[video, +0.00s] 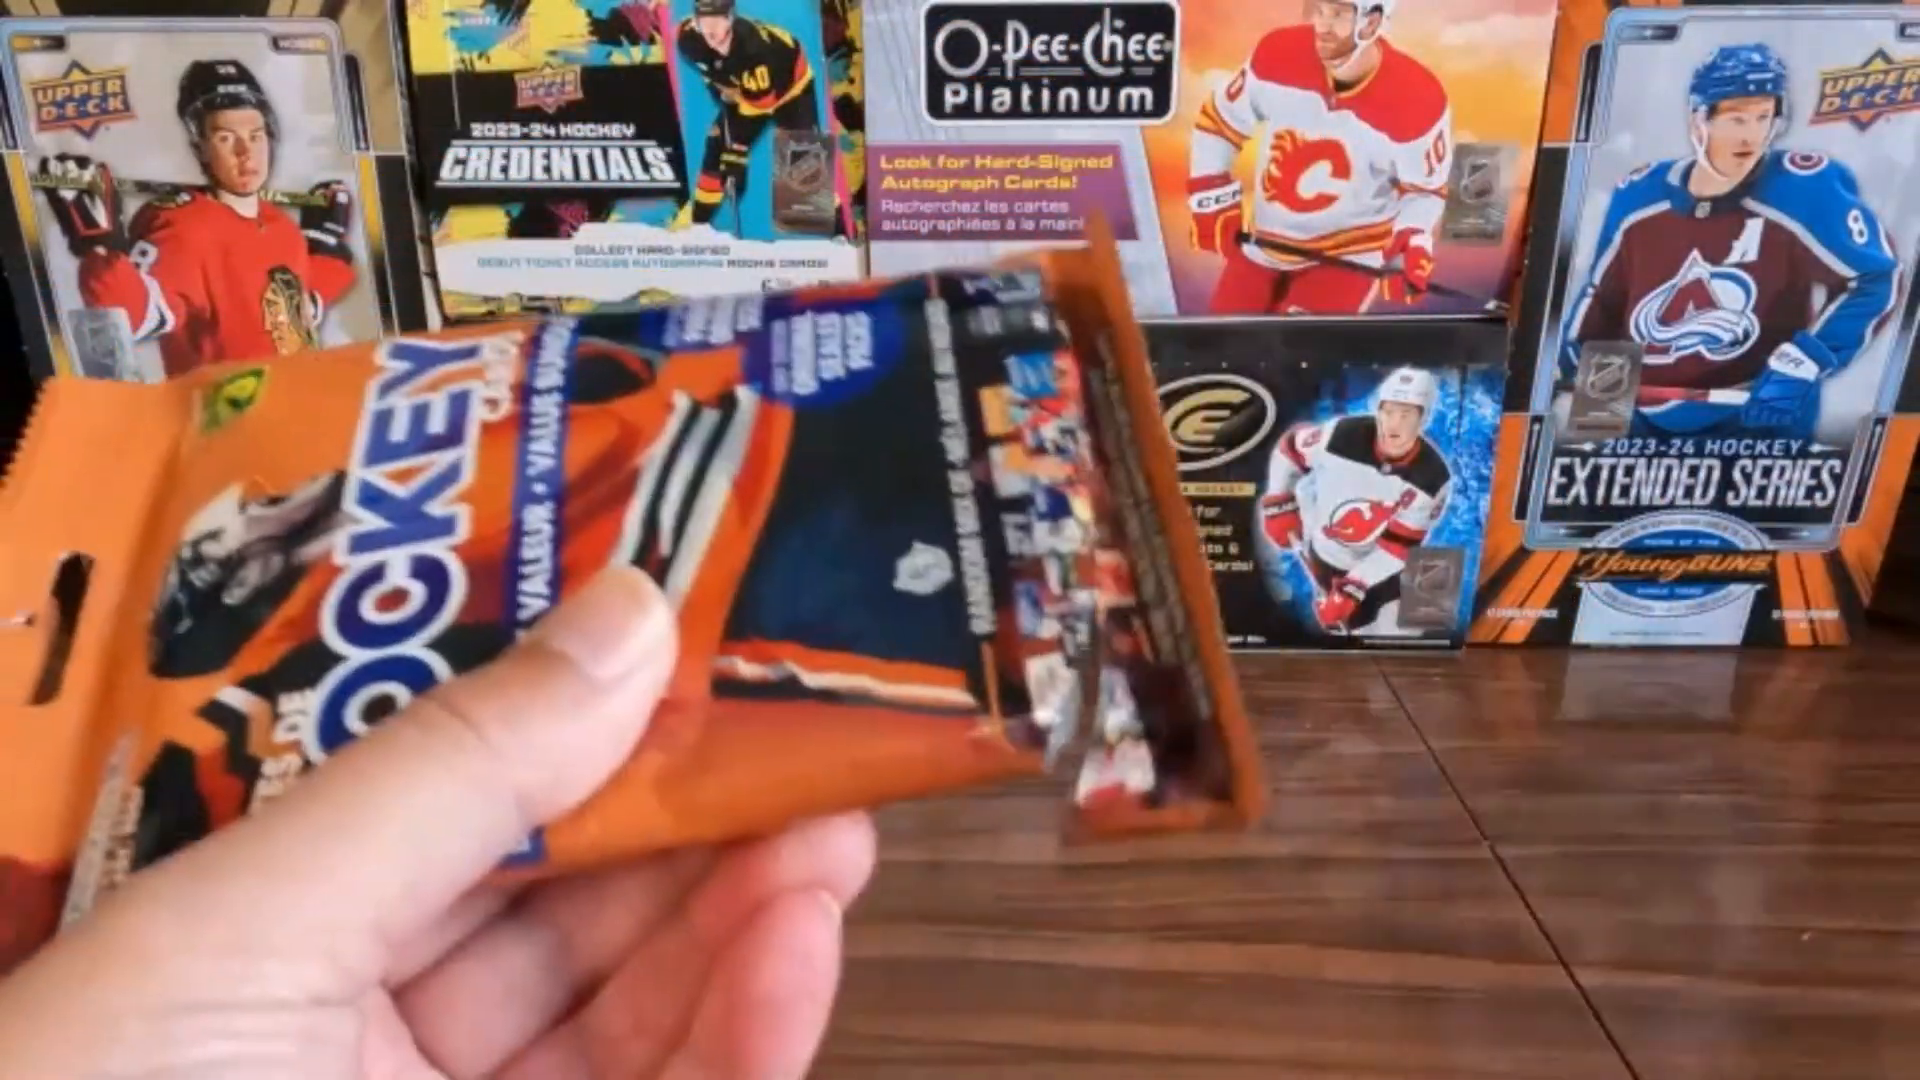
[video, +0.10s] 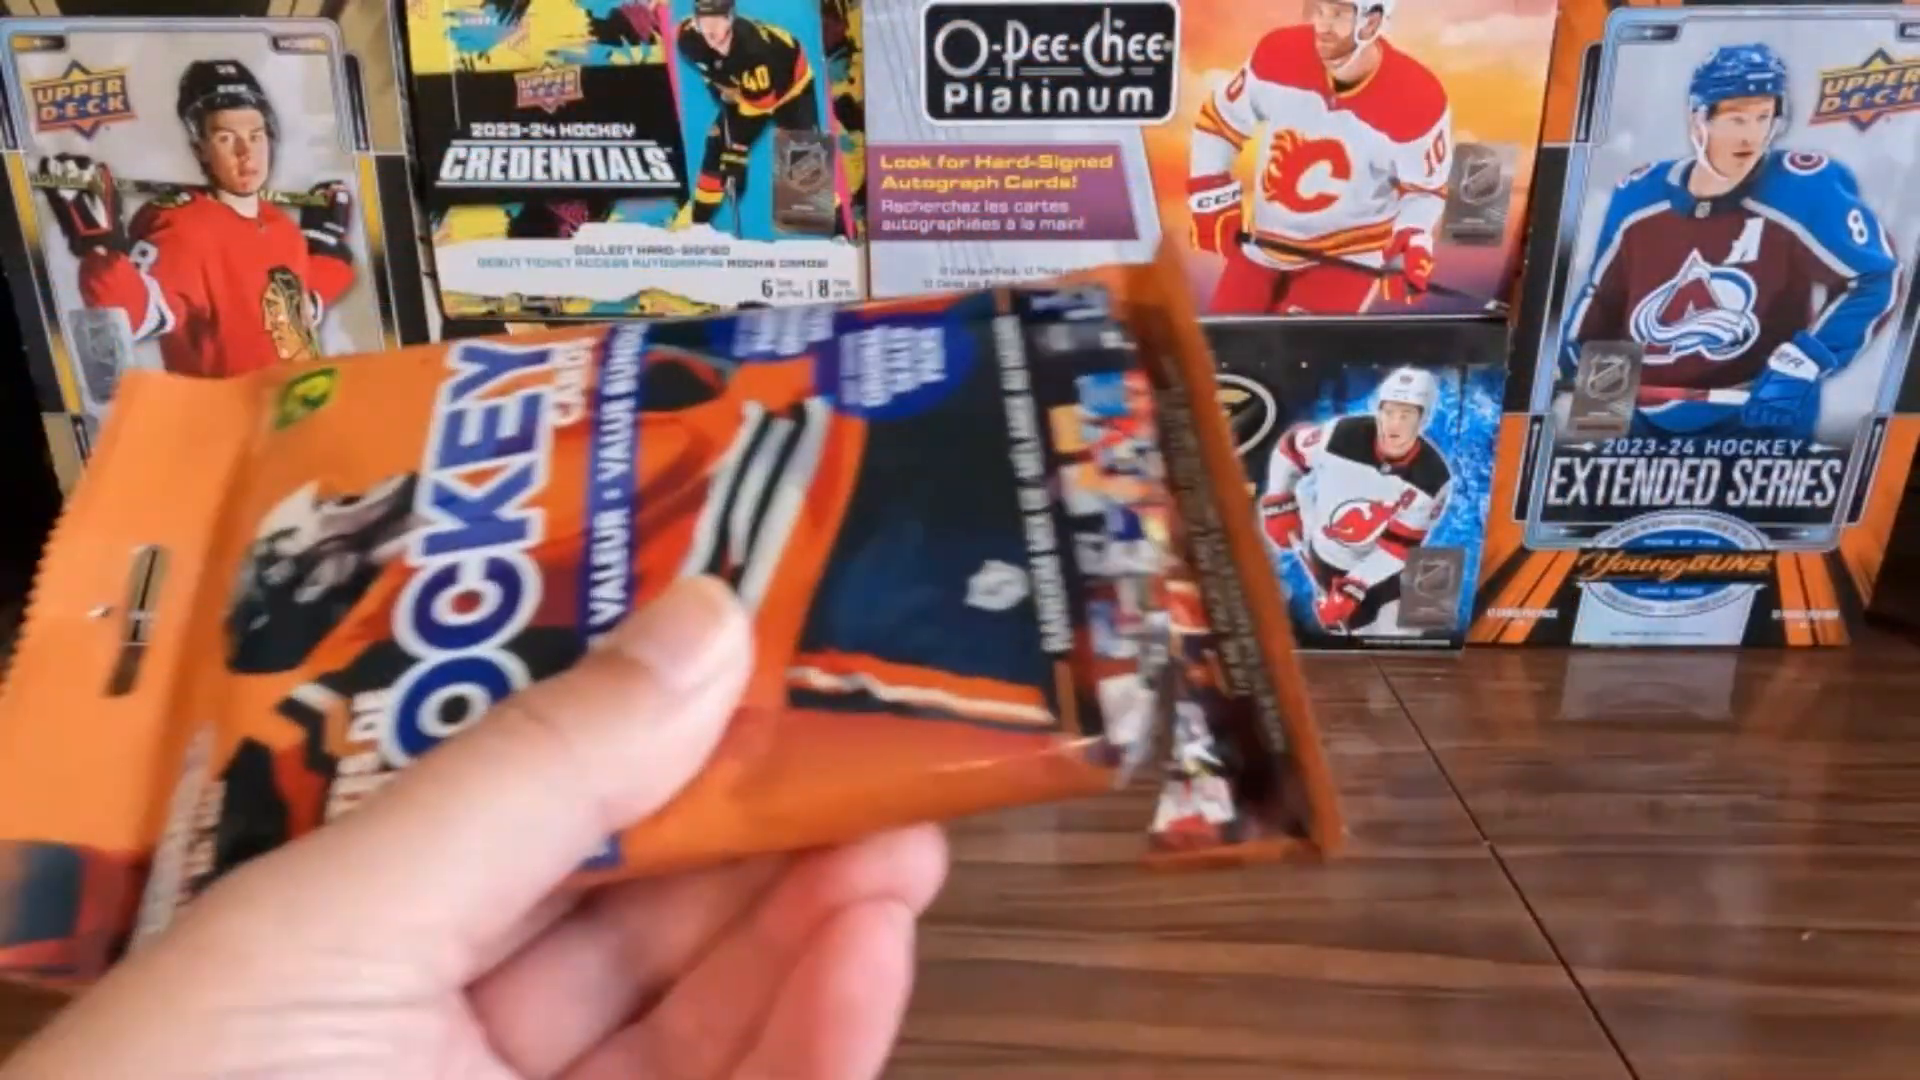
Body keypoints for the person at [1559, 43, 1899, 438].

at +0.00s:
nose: (1749, 135)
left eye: (1762, 118)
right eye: (1734, 119)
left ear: (1775, 122)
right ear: (1698, 124)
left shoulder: (1806, 192)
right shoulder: (1637, 197)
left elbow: (1879, 280)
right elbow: (1599, 297)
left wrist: (1801, 365)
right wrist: (1582, 368)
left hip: (1745, 427)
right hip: (1638, 421)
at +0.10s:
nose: (1749, 135)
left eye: (1762, 119)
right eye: (1734, 119)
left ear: (1775, 123)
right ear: (1698, 124)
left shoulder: (1806, 193)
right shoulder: (1637, 198)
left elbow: (1879, 280)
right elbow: (1599, 296)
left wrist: (1802, 364)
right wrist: (1576, 364)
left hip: (1745, 426)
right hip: (1638, 421)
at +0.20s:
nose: (1749, 135)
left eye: (1762, 118)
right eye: (1734, 119)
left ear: (1775, 123)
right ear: (1698, 124)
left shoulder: (1806, 192)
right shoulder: (1638, 197)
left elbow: (1879, 280)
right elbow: (1598, 297)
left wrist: (1802, 365)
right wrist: (1580, 367)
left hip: (1744, 426)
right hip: (1637, 421)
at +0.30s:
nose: (1749, 135)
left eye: (1761, 118)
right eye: (1734, 119)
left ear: (1775, 122)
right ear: (1698, 123)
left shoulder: (1805, 192)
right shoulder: (1637, 197)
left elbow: (1879, 280)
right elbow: (1599, 295)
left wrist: (1802, 364)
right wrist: (1573, 364)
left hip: (1746, 427)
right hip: (1638, 421)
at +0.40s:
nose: (1749, 135)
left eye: (1762, 118)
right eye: (1734, 119)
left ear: (1775, 122)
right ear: (1698, 123)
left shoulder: (1806, 192)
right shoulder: (1637, 197)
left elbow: (1879, 280)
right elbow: (1599, 295)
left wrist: (1802, 364)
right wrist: (1573, 366)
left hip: (1746, 427)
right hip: (1638, 421)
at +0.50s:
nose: (1749, 135)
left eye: (1761, 118)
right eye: (1734, 119)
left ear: (1775, 122)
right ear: (1698, 123)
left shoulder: (1805, 192)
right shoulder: (1638, 197)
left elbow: (1879, 280)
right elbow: (1599, 296)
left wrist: (1803, 364)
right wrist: (1575, 369)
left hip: (1745, 428)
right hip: (1638, 422)